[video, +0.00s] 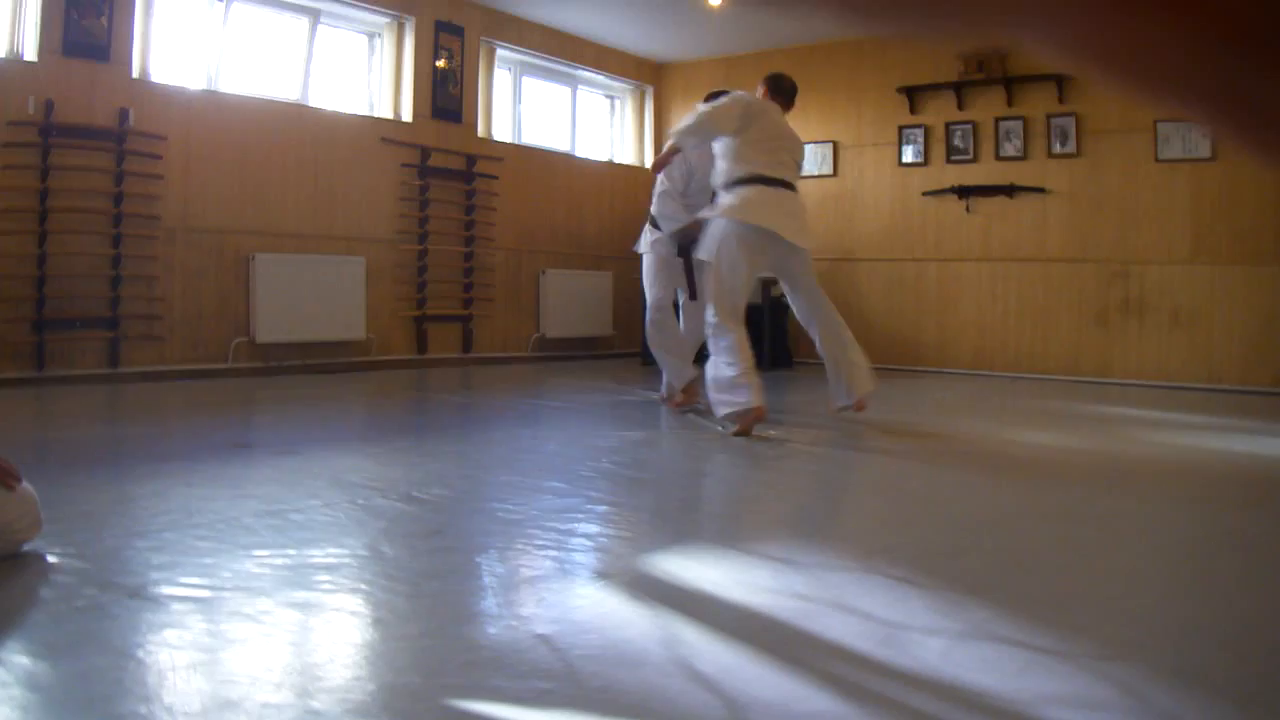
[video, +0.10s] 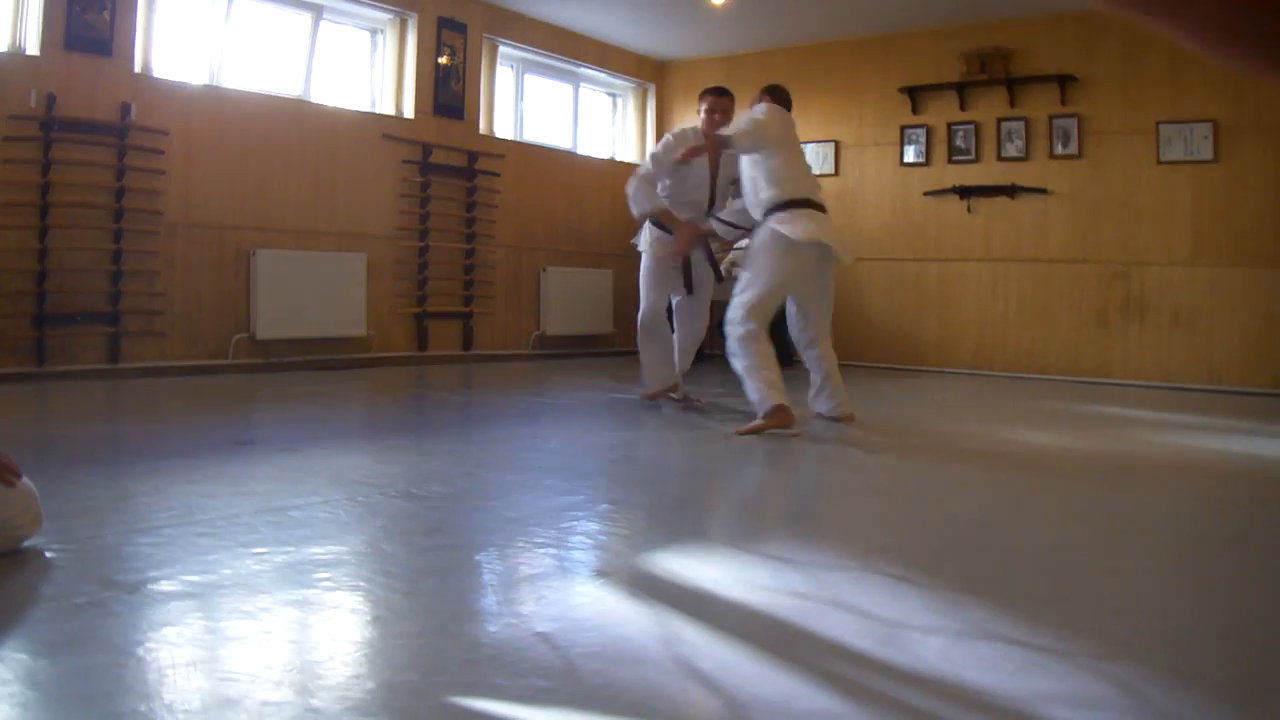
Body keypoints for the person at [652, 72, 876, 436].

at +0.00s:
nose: (755, 91)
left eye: (758, 88)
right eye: (760, 89)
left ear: (763, 90)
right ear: (790, 104)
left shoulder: (746, 103)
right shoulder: (793, 138)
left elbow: (702, 119)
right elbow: (779, 182)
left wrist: (670, 150)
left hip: (740, 213)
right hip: (786, 217)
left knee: (723, 316)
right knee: (813, 304)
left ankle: (741, 402)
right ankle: (854, 386)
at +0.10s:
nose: (751, 107)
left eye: (755, 102)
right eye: (754, 103)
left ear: (765, 101)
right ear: (786, 107)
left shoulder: (769, 115)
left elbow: (741, 136)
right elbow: (751, 208)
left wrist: (704, 145)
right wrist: (701, 230)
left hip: (784, 230)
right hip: (816, 233)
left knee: (742, 321)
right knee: (812, 331)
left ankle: (772, 405)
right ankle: (834, 406)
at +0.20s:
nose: (739, 114)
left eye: (743, 106)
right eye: (738, 108)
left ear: (765, 102)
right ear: (762, 103)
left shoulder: (781, 115)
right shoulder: (763, 155)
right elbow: (733, 199)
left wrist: (756, 157)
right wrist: (679, 197)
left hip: (811, 224)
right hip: (815, 229)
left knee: (769, 315)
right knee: (806, 322)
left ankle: (783, 410)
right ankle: (834, 405)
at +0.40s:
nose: (739, 89)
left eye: (744, 80)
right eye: (735, 84)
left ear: (767, 76)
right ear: (737, 89)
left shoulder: (799, 101)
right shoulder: (747, 135)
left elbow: (843, 136)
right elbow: (729, 173)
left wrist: (822, 160)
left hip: (833, 207)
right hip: (806, 221)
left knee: (802, 294)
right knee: (817, 305)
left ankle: (831, 392)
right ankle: (835, 400)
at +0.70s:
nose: (766, 99)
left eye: (772, 89)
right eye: (758, 92)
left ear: (791, 80)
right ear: (751, 92)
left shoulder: (826, 116)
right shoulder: (752, 132)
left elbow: (865, 171)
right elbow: (727, 187)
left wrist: (846, 222)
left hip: (843, 226)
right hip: (803, 235)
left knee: (829, 304)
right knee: (804, 325)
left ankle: (851, 407)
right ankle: (822, 404)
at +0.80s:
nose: (773, 128)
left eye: (779, 118)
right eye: (765, 120)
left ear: (800, 105)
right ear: (757, 114)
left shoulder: (843, 138)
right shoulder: (759, 140)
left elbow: (871, 203)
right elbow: (738, 192)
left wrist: (841, 261)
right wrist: (689, 229)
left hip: (855, 241)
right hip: (811, 245)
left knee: (847, 326)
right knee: (812, 332)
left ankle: (870, 427)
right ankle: (829, 402)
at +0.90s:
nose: (766, 176)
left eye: (769, 167)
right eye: (762, 168)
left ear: (793, 151)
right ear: (769, 152)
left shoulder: (842, 178)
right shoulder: (791, 162)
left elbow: (862, 260)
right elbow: (770, 205)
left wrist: (817, 326)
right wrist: (740, 249)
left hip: (869, 247)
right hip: (832, 246)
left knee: (857, 331)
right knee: (831, 312)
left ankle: (870, 430)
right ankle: (828, 368)